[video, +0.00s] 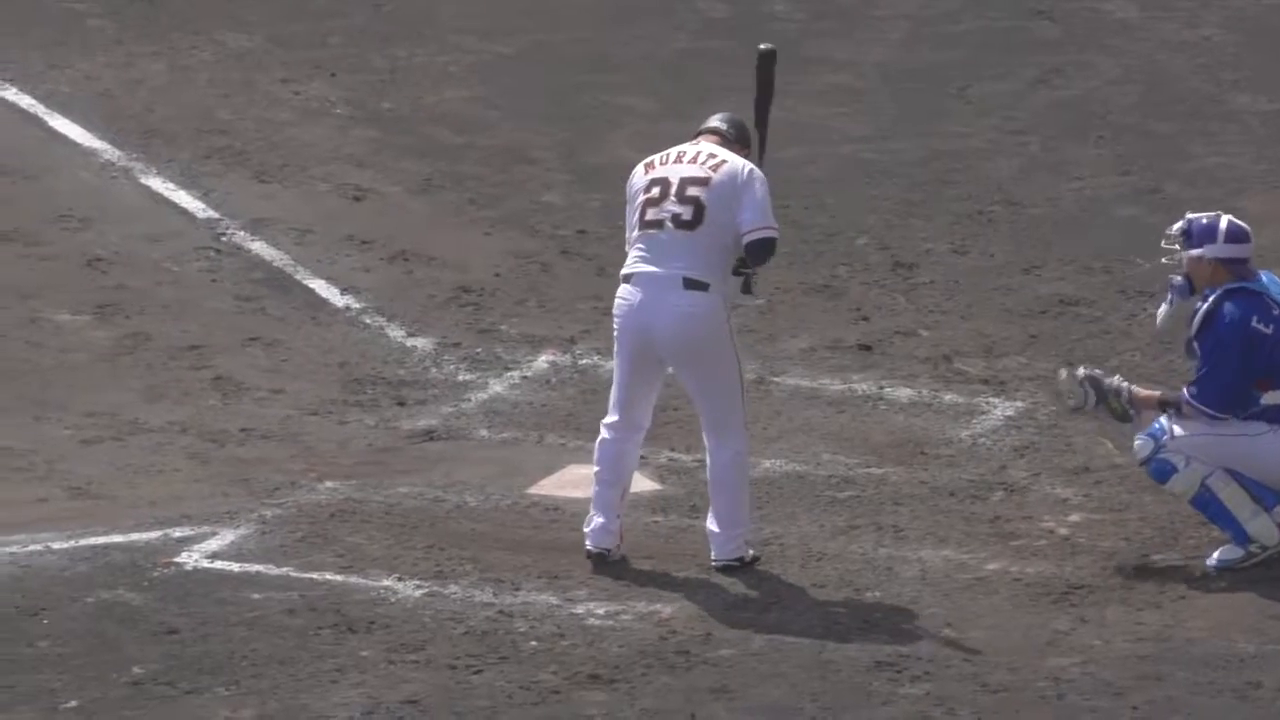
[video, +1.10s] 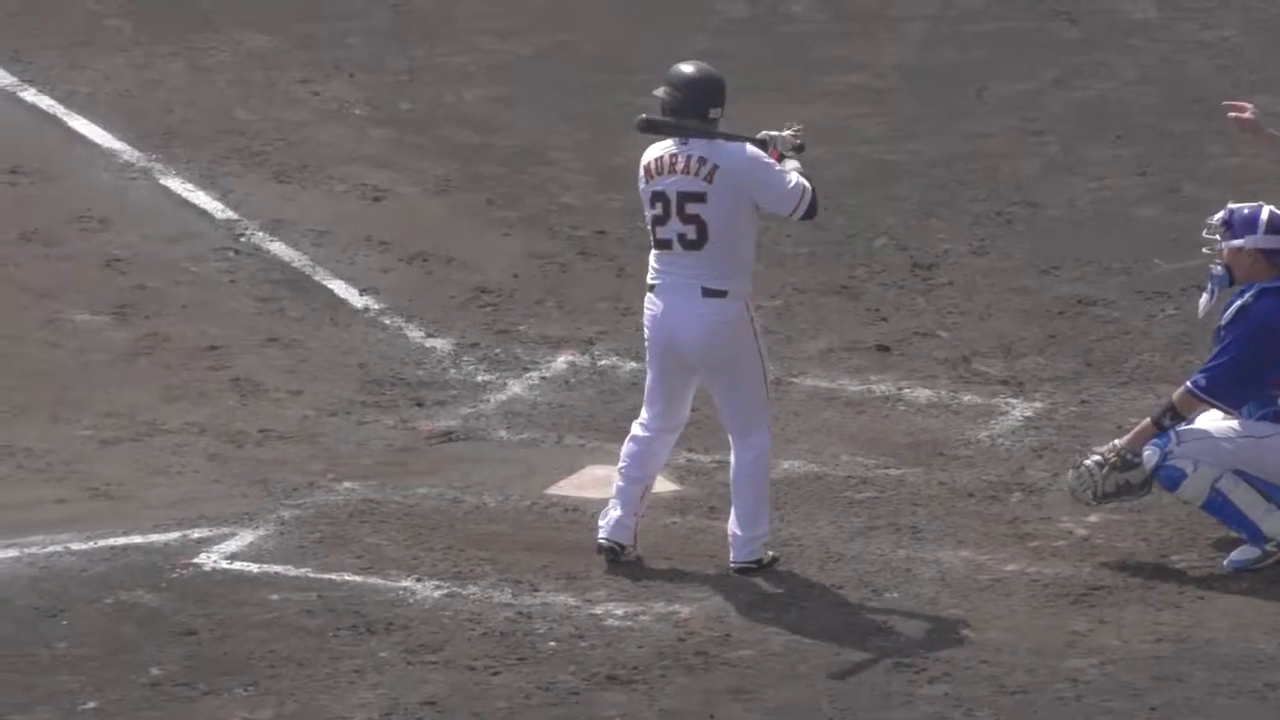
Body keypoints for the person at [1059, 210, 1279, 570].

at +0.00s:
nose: (1183, 264)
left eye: (1189, 256)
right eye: (1185, 255)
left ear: (1210, 264)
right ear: (1233, 261)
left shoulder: (1229, 316)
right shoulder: (1265, 285)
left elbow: (1210, 404)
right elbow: (1168, 329)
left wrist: (1136, 397)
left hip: (1270, 438)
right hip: (1271, 424)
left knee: (1158, 444)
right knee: (1185, 422)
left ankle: (1260, 535)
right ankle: (1270, 509)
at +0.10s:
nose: (1188, 259)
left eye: (1195, 251)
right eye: (1190, 250)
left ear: (1219, 261)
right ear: (1227, 260)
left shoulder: (1240, 312)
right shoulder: (1265, 284)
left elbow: (1209, 397)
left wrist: (1129, 397)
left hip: (1273, 439)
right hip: (1271, 426)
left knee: (1161, 446)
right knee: (1182, 425)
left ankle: (1262, 533)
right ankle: (1269, 508)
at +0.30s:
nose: (1207, 255)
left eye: (1215, 247)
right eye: (1211, 246)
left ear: (1238, 257)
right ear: (1246, 256)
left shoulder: (1254, 307)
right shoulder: (1264, 293)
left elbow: (1199, 390)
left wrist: (1128, 436)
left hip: (1273, 436)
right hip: (1271, 424)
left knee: (1166, 450)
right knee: (1192, 428)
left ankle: (1267, 533)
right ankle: (1270, 512)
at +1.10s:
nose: (1220, 253)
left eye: (1228, 244)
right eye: (1222, 244)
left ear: (1252, 255)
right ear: (1252, 255)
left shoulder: (1262, 314)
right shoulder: (1259, 300)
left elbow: (1195, 396)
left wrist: (1124, 449)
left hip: (1272, 439)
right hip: (1266, 427)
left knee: (1170, 453)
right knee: (1201, 426)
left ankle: (1270, 534)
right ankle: (1269, 511)